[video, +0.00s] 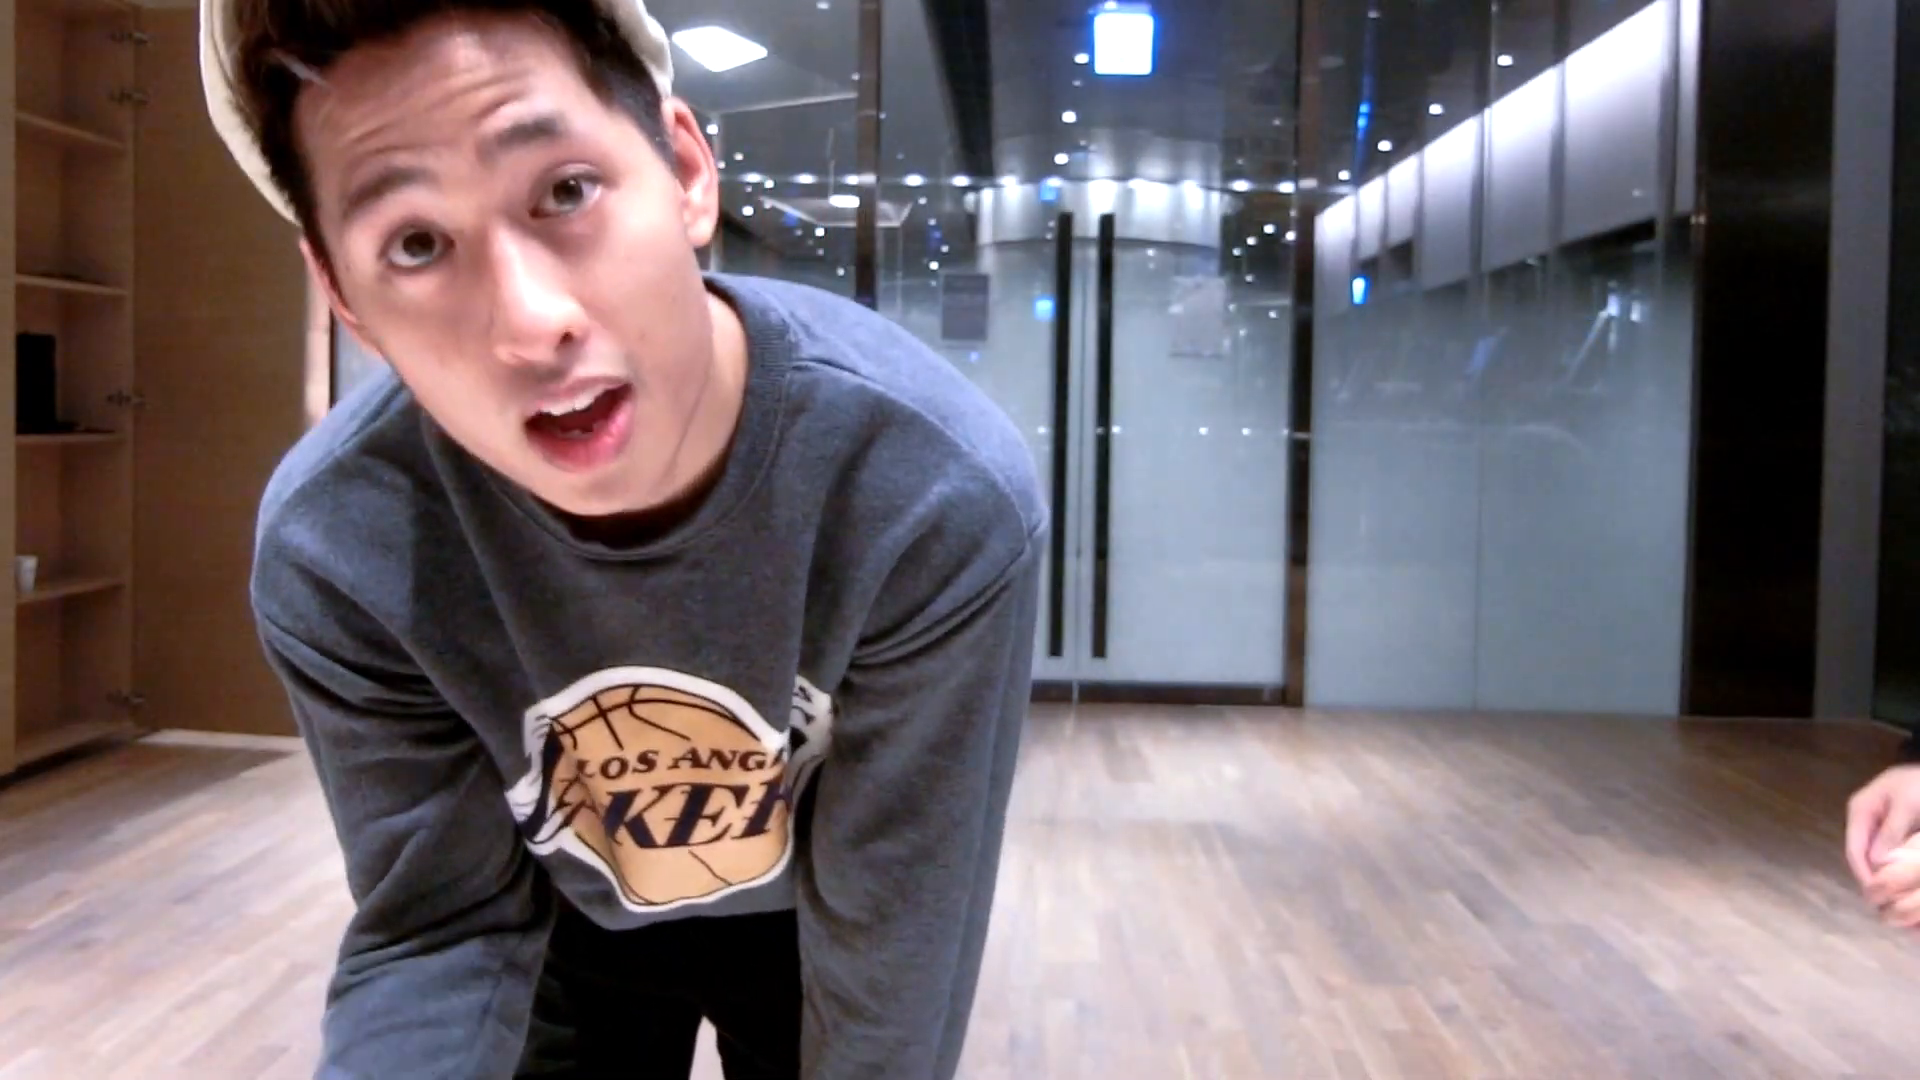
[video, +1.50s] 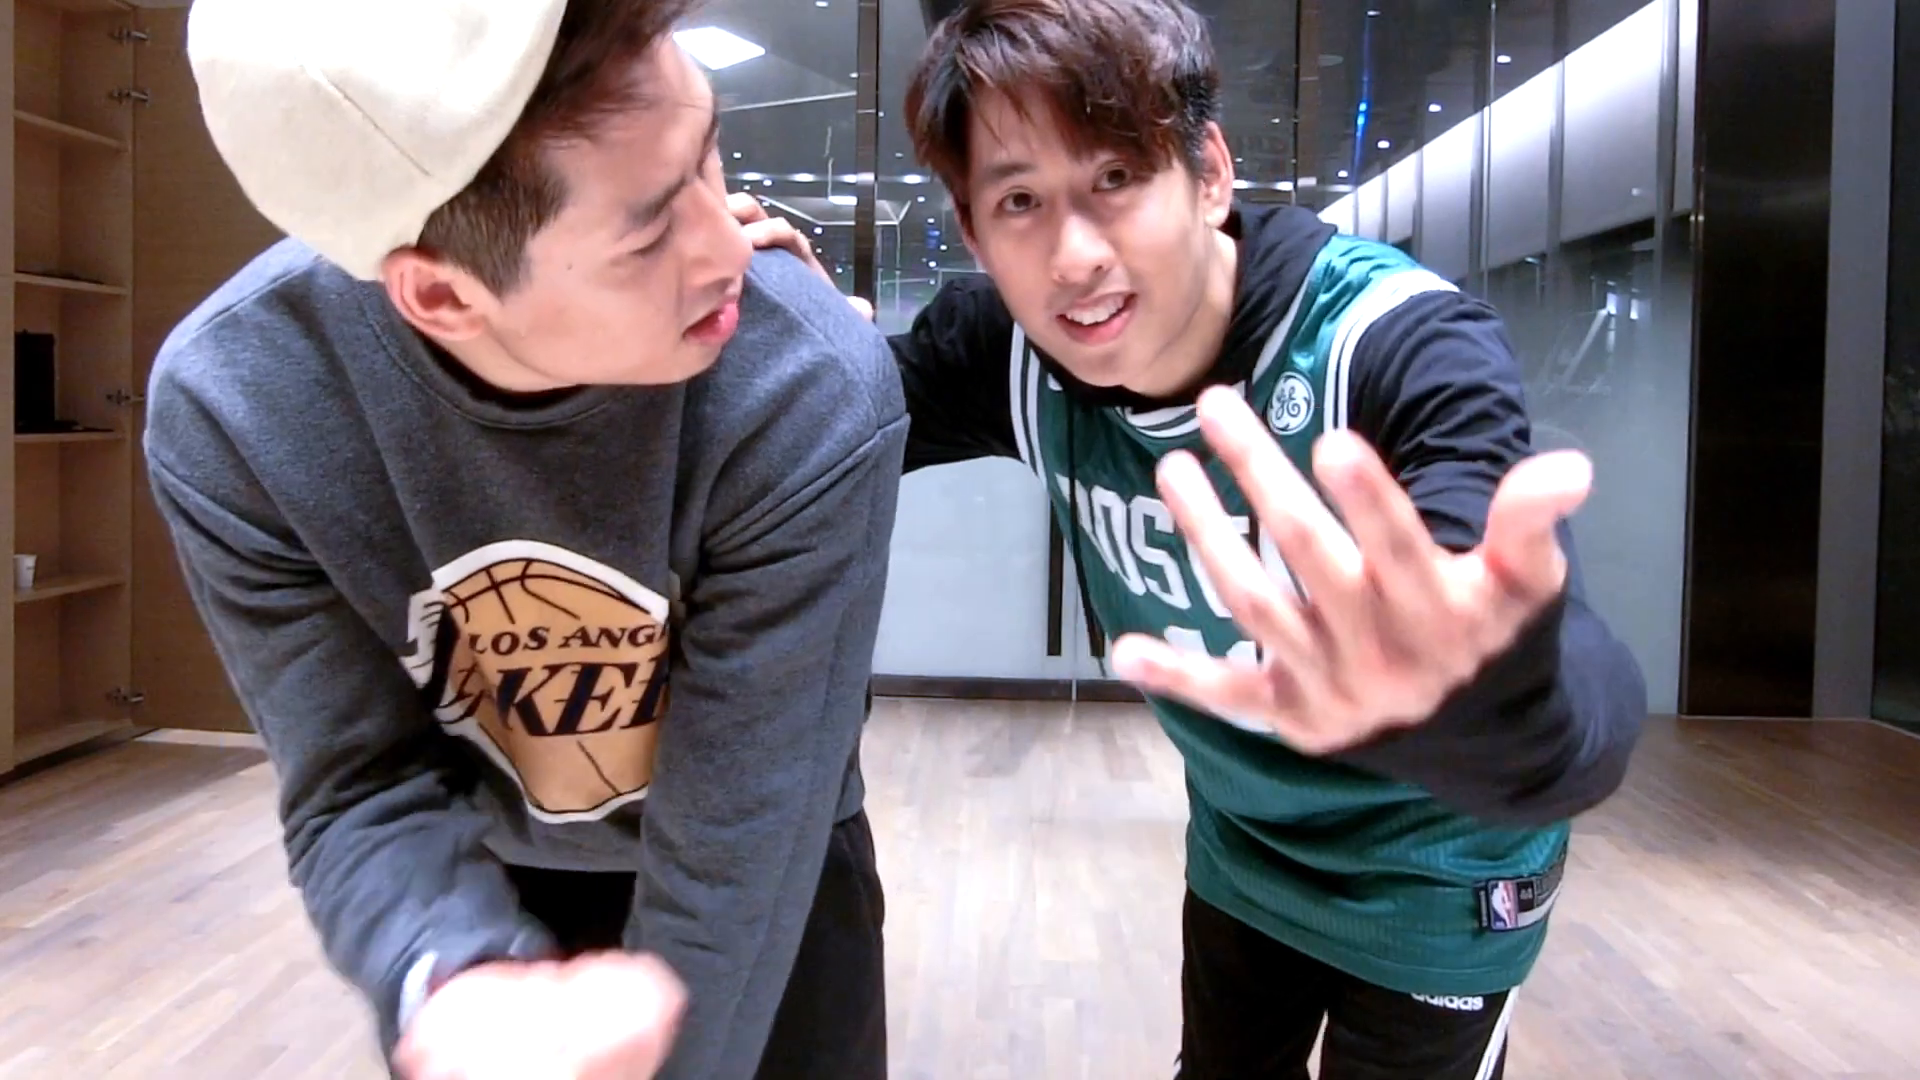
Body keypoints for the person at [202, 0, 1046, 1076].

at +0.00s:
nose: (532, 323)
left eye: (563, 192)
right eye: (418, 244)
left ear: (688, 174)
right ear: (341, 294)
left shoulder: (936, 501)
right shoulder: (336, 548)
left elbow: (885, 985)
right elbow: (433, 931)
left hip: (833, 917)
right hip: (566, 917)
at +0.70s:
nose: (507, 477)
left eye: (538, 342)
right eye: (391, 399)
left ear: (654, 272)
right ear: (305, 403)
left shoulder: (892, 545)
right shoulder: (314, 594)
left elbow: (811, 998)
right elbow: (491, 1013)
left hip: (828, 925)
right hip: (561, 945)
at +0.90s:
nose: (452, 550)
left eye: (501, 449)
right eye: (356, 478)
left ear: (633, 314)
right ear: (291, 433)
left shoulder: (868, 510)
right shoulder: (284, 557)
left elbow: (813, 997)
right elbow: (380, 1003)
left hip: (774, 910)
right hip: (521, 912)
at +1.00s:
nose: (460, 484)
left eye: (509, 377)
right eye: (362, 411)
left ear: (629, 261)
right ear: (289, 373)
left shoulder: (852, 485)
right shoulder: (267, 521)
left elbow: (801, 978)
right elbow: (315, 998)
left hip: (771, 903)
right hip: (507, 896)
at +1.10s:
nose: (606, 364)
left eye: (625, 254)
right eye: (503, 319)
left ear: (656, 192)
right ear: (330, 309)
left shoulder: (834, 460)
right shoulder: (257, 475)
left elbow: (776, 973)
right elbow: (252, 959)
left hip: (782, 882)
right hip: (508, 876)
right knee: (472, 1058)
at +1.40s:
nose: (729, 253)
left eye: (713, 162)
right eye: (648, 237)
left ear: (711, 114)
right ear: (443, 302)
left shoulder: (815, 397)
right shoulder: (235, 409)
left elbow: (698, 888)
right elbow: (319, 833)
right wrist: (361, 1060)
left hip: (759, 866)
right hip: (485, 873)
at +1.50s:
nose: (731, 249)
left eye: (710, 157)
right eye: (648, 236)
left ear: (707, 108)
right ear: (442, 301)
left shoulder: (810, 390)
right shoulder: (228, 406)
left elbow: (723, 868)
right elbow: (358, 785)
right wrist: (455, 981)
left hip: (757, 867)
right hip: (488, 880)